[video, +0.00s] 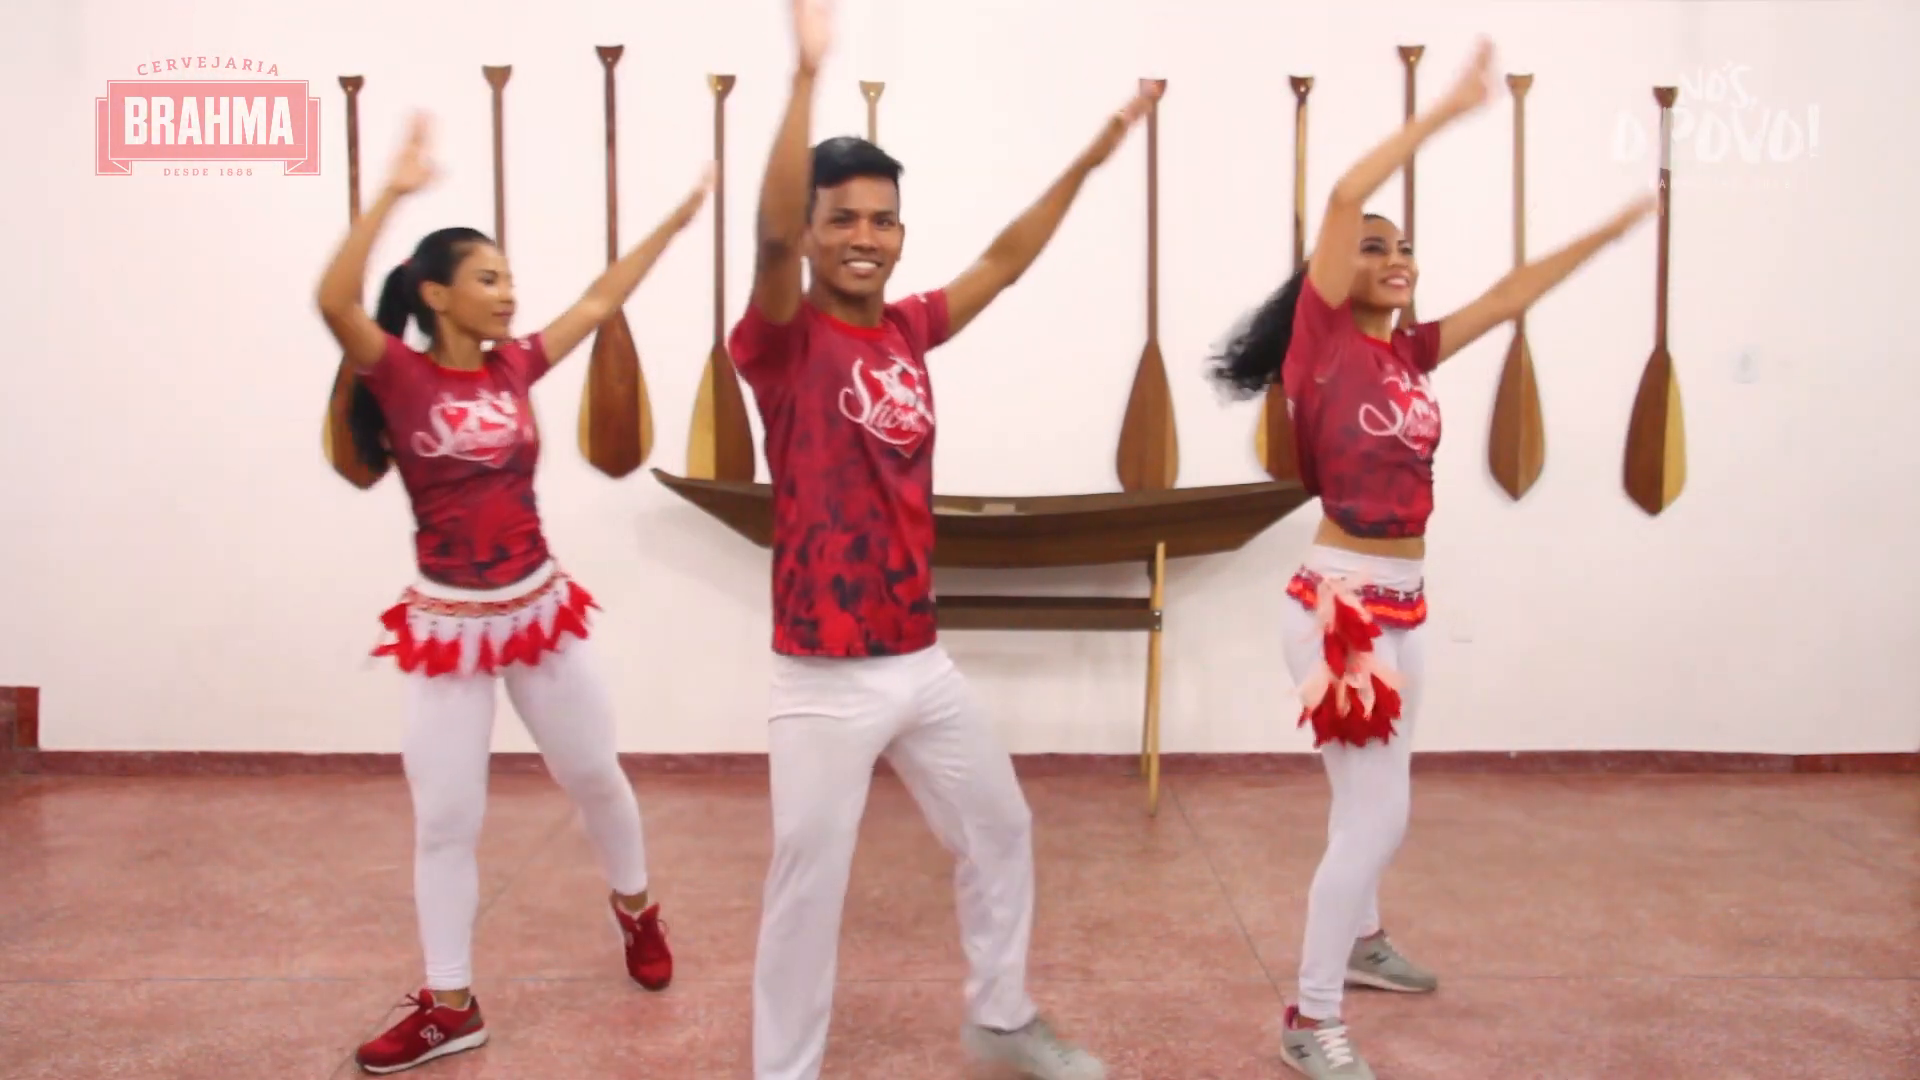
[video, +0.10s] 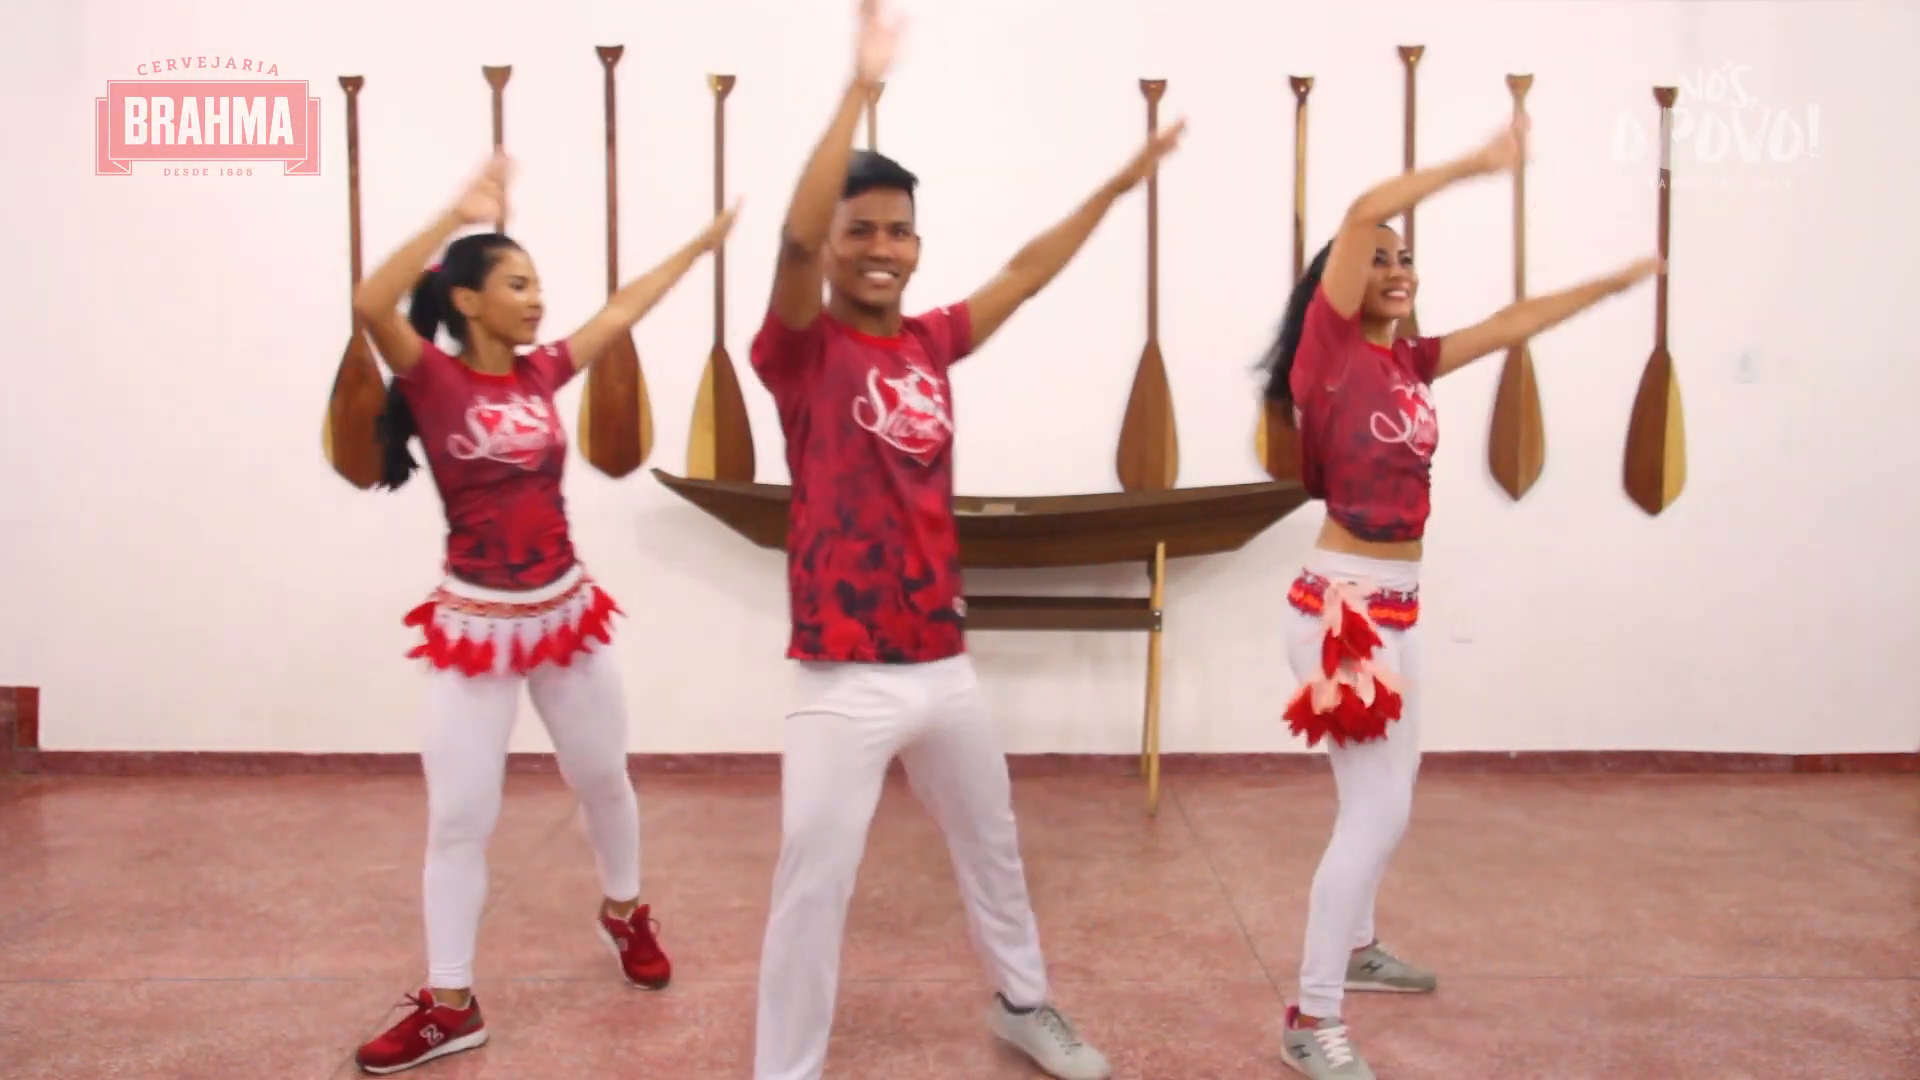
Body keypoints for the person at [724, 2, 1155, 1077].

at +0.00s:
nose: (865, 235)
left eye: (882, 219)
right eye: (844, 218)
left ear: (900, 235)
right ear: (802, 235)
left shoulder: (910, 329)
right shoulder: (781, 343)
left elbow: (1005, 258)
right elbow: (777, 223)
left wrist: (1099, 151)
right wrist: (806, 70)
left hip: (919, 663)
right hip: (822, 676)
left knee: (998, 824)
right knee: (807, 876)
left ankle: (1001, 1020)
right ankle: (786, 1066)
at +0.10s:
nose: (879, 245)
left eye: (897, 229)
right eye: (859, 228)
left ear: (916, 247)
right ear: (821, 246)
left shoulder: (932, 342)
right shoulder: (799, 352)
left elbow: (1028, 270)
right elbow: (803, 230)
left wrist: (1125, 176)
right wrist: (863, 83)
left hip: (940, 670)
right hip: (839, 679)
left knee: (993, 843)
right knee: (813, 883)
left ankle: (1025, 1006)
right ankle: (786, 1067)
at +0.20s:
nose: (903, 257)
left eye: (919, 240)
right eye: (885, 241)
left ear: (942, 255)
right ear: (852, 257)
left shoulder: (965, 354)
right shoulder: (829, 363)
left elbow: (1059, 279)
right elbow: (827, 245)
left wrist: (1155, 205)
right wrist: (903, 112)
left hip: (974, 672)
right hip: (871, 679)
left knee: (997, 849)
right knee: (828, 884)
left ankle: (1017, 1008)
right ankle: (785, 1071)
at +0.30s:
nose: (930, 253)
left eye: (946, 236)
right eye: (912, 238)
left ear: (972, 250)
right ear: (880, 256)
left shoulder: (1000, 347)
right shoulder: (863, 356)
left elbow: (1095, 280)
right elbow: (854, 243)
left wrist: (1196, 211)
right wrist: (939, 123)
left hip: (1009, 658)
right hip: (907, 667)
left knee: (1008, 845)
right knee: (849, 879)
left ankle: (1013, 1003)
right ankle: (792, 1069)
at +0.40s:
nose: (959, 249)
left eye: (974, 234)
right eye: (940, 235)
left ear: (1000, 251)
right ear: (908, 254)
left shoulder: (1029, 346)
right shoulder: (888, 351)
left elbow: (1141, 280)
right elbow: (870, 239)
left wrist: (1236, 208)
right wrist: (967, 126)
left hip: (1034, 650)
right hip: (932, 656)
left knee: (1026, 844)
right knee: (873, 852)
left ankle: (1019, 1005)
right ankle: (812, 1055)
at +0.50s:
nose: (981, 249)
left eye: (998, 234)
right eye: (962, 234)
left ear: (1020, 250)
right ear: (933, 252)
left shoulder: (1056, 344)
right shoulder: (905, 343)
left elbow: (1172, 283)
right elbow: (873, 233)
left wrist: (1270, 205)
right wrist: (979, 136)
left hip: (1041, 645)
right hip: (942, 645)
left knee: (1032, 841)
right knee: (894, 836)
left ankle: (1021, 1008)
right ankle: (845, 1041)